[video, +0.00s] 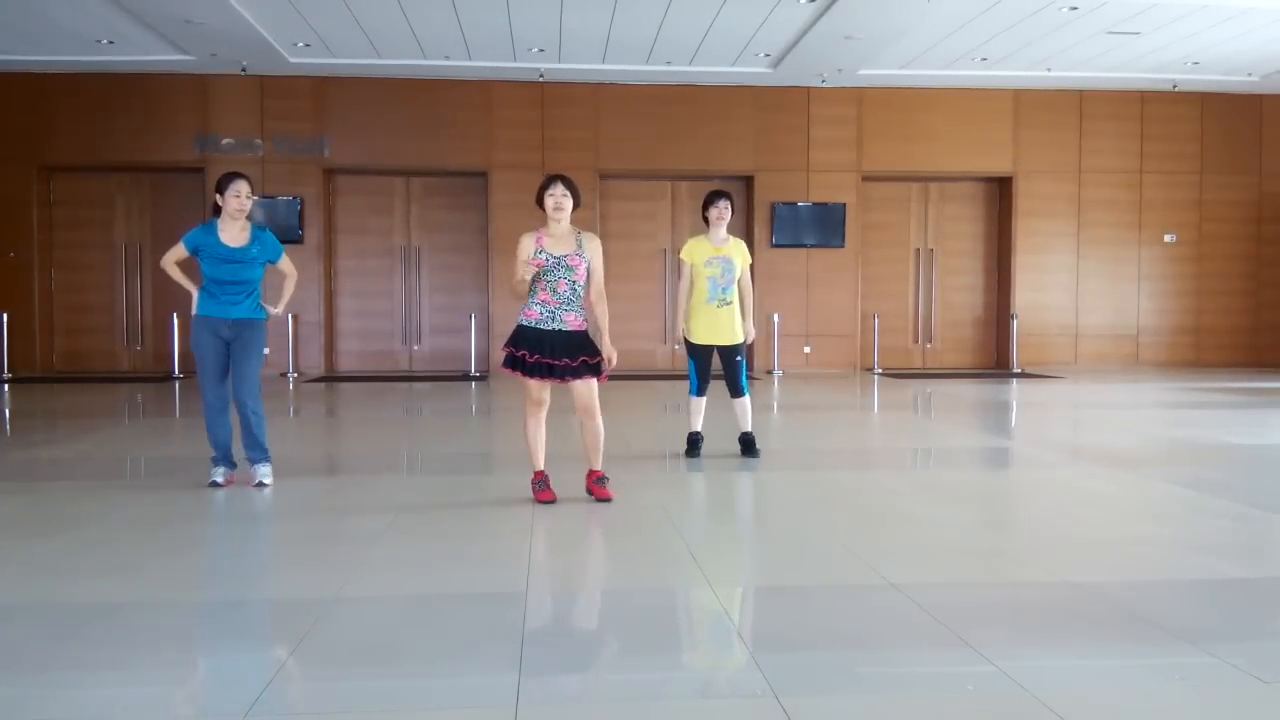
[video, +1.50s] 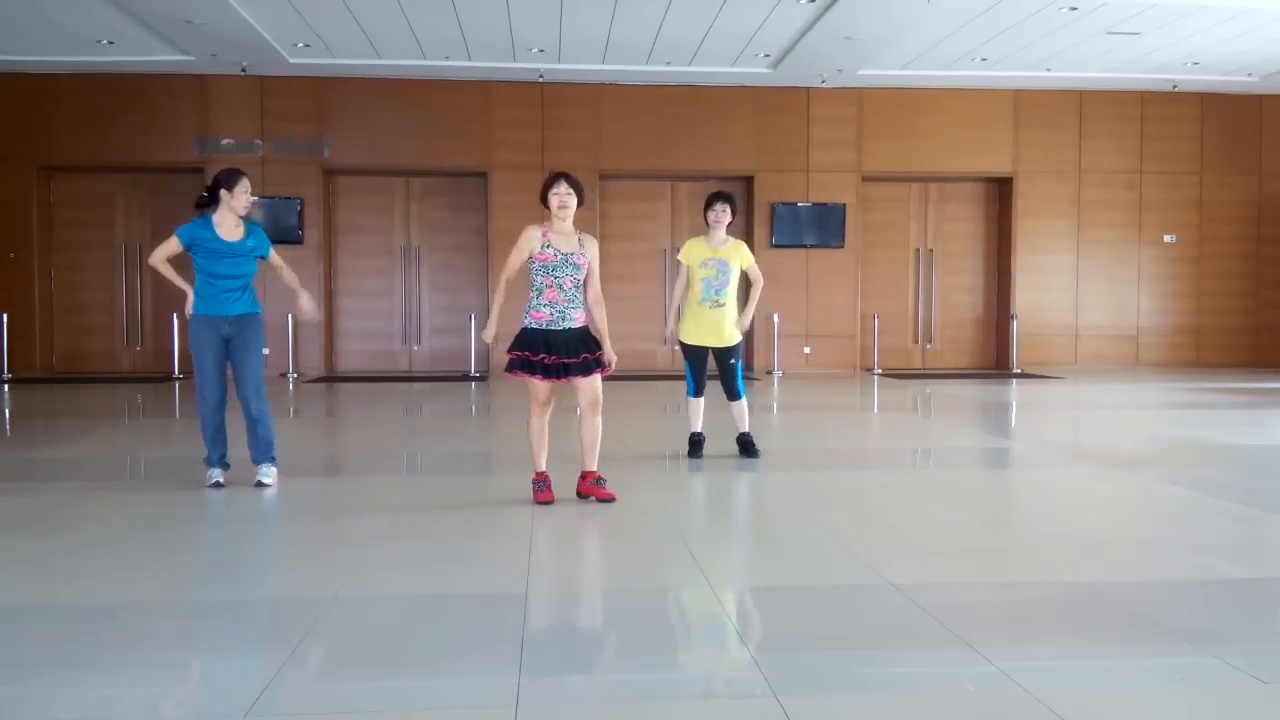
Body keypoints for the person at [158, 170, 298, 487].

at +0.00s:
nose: (243, 202)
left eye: (247, 197)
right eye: (236, 196)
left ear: (253, 201)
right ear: (220, 199)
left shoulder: (262, 237)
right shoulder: (203, 234)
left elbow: (291, 274)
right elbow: (166, 261)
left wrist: (280, 307)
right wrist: (193, 289)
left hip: (250, 324)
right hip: (208, 324)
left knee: (247, 396)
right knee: (214, 397)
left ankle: (260, 463)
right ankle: (222, 464)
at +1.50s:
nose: (250, 199)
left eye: (250, 193)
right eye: (244, 193)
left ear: (238, 196)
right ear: (224, 195)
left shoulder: (254, 233)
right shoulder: (197, 229)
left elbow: (280, 266)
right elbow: (156, 258)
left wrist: (301, 291)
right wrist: (187, 288)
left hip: (246, 321)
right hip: (205, 322)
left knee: (252, 395)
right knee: (211, 397)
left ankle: (266, 463)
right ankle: (216, 465)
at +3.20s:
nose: (231, 198)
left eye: (233, 193)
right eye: (224, 193)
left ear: (234, 197)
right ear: (205, 197)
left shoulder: (246, 232)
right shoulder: (185, 235)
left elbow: (265, 278)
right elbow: (159, 266)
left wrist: (274, 320)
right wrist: (185, 291)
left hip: (241, 322)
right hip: (202, 324)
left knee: (245, 398)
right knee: (196, 398)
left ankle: (249, 463)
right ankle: (184, 465)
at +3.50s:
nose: (217, 202)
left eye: (220, 196)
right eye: (210, 196)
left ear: (223, 199)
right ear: (191, 199)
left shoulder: (230, 237)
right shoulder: (170, 232)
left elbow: (236, 285)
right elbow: (139, 260)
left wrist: (228, 328)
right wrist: (161, 288)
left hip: (211, 323)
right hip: (172, 324)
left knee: (225, 397)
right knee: (177, 398)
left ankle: (245, 461)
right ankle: (182, 466)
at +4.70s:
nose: (213, 198)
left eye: (220, 192)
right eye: (208, 193)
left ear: (236, 196)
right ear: (203, 197)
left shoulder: (257, 235)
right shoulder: (196, 234)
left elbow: (270, 282)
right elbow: (184, 273)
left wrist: (275, 323)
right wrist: (174, 294)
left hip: (251, 323)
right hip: (210, 324)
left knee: (249, 399)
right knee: (202, 397)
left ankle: (249, 463)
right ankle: (195, 466)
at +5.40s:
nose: (204, 199)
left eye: (211, 193)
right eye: (199, 193)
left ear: (226, 198)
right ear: (193, 197)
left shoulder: (242, 236)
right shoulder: (185, 233)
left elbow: (252, 284)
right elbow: (177, 272)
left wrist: (251, 326)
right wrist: (173, 296)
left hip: (227, 322)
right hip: (190, 323)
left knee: (231, 396)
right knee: (192, 396)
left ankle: (246, 462)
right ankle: (198, 464)